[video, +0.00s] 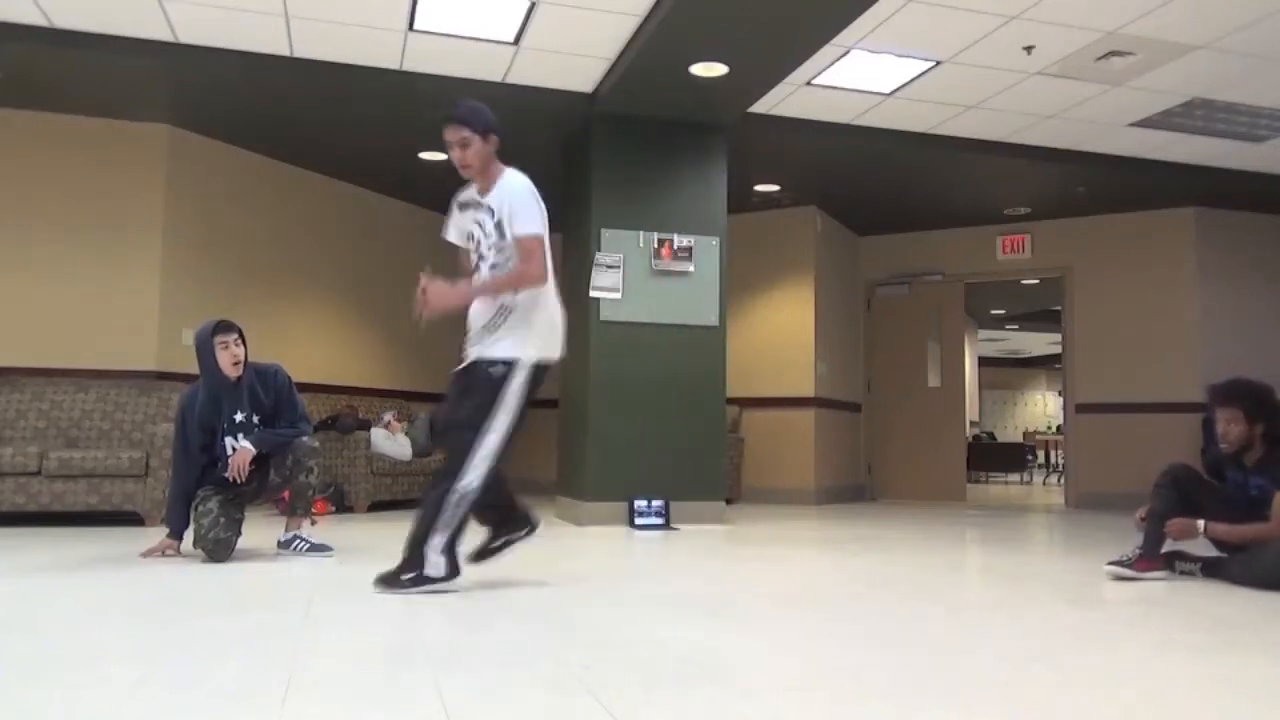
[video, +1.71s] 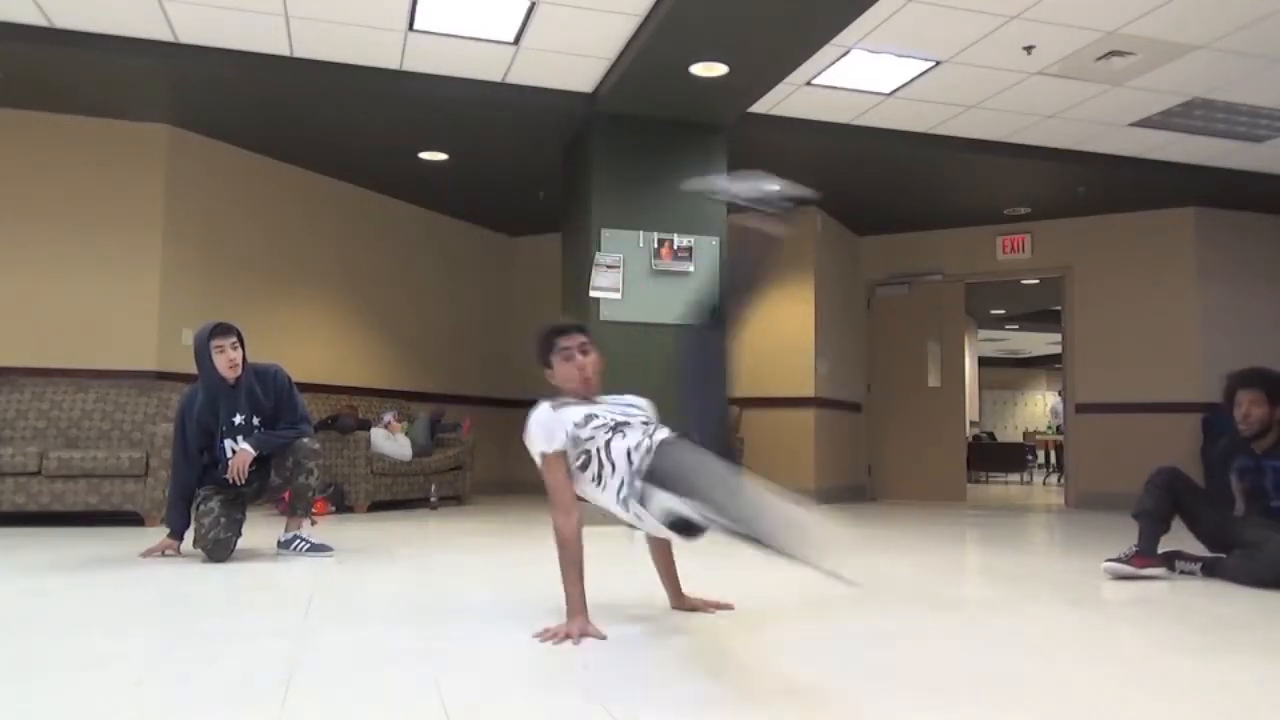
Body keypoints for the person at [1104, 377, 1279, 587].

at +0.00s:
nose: (1221, 432)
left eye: (1231, 423)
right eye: (1217, 422)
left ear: (1257, 428)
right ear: (1212, 423)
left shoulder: (1274, 466)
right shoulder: (1224, 461)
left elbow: (1274, 529)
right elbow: (1212, 501)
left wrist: (1201, 528)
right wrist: (1157, 511)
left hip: (1265, 544)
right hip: (1233, 532)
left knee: (1270, 570)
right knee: (1177, 475)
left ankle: (1205, 566)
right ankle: (1149, 555)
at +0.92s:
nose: (1217, 432)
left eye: (1227, 422)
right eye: (1213, 422)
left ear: (1253, 426)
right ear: (1208, 423)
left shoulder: (1273, 462)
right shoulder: (1220, 459)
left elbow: (1276, 527)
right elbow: (1208, 496)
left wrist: (1216, 522)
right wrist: (1163, 511)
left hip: (1266, 545)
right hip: (1234, 537)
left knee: (1270, 572)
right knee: (1185, 472)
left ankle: (1203, 566)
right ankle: (1149, 555)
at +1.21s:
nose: (1210, 434)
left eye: (1219, 424)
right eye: (1205, 426)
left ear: (1245, 425)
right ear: (1200, 428)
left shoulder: (1271, 459)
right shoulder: (1211, 458)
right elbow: (1197, 507)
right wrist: (1166, 538)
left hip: (1266, 540)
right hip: (1228, 530)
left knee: (1271, 572)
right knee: (1170, 475)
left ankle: (1203, 565)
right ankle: (1149, 552)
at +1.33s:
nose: (1212, 435)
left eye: (1221, 425)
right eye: (1206, 427)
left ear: (1247, 427)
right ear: (1201, 428)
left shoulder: (1271, 461)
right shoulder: (1214, 459)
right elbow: (1213, 502)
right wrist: (1189, 539)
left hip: (1267, 541)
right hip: (1231, 530)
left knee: (1271, 572)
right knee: (1168, 476)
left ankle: (1204, 565)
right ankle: (1146, 552)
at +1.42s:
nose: (1215, 435)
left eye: (1225, 424)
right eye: (1210, 426)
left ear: (1250, 427)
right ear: (1205, 428)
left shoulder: (1272, 462)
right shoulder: (1213, 456)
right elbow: (1213, 502)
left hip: (1268, 542)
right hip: (1231, 531)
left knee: (1272, 572)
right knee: (1167, 477)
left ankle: (1204, 566)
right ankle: (1145, 551)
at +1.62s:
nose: (1234, 421)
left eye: (1245, 412)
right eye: (1228, 412)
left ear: (1266, 417)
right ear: (1221, 416)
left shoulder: (1274, 458)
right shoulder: (1221, 456)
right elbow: (1217, 500)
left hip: (1266, 540)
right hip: (1228, 531)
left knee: (1271, 572)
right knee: (1167, 477)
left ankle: (1205, 566)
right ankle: (1145, 552)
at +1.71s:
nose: (1244, 413)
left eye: (1255, 405)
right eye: (1238, 405)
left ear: (1274, 411)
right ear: (1231, 410)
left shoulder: (1274, 454)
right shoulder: (1224, 450)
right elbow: (1218, 501)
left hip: (1266, 537)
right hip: (1227, 527)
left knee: (1271, 570)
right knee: (1167, 478)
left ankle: (1205, 566)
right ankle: (1145, 552)